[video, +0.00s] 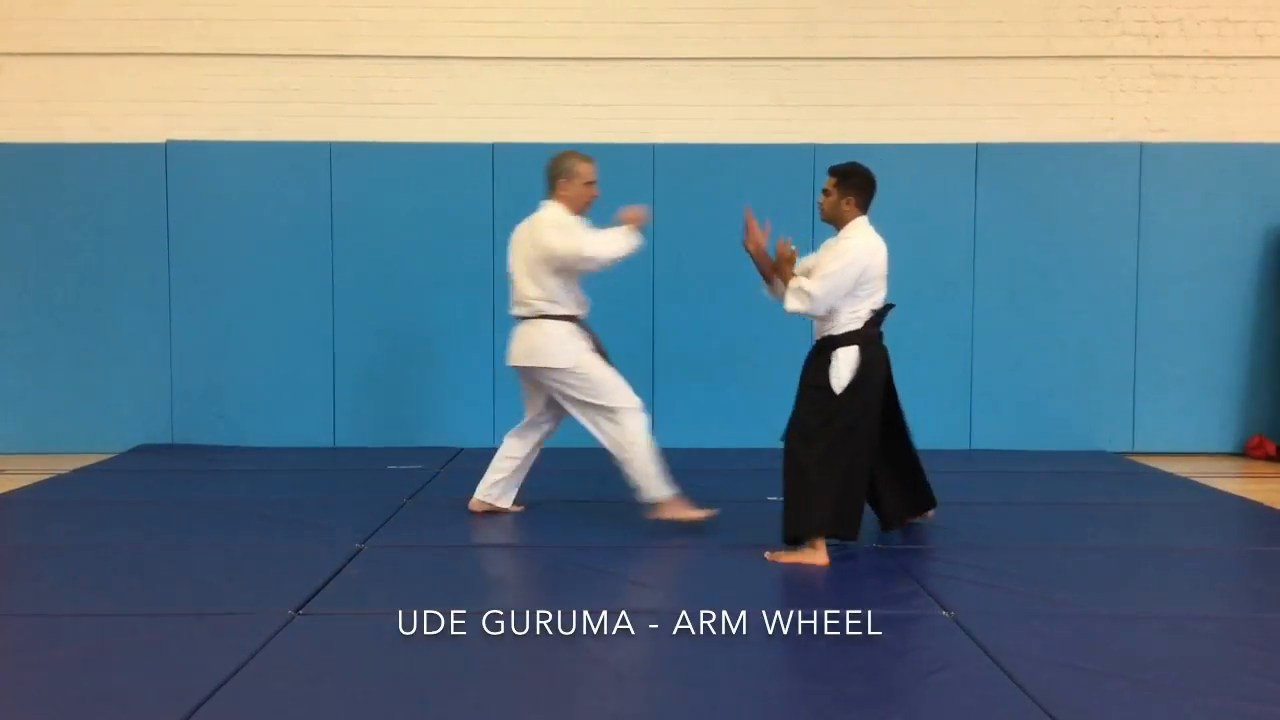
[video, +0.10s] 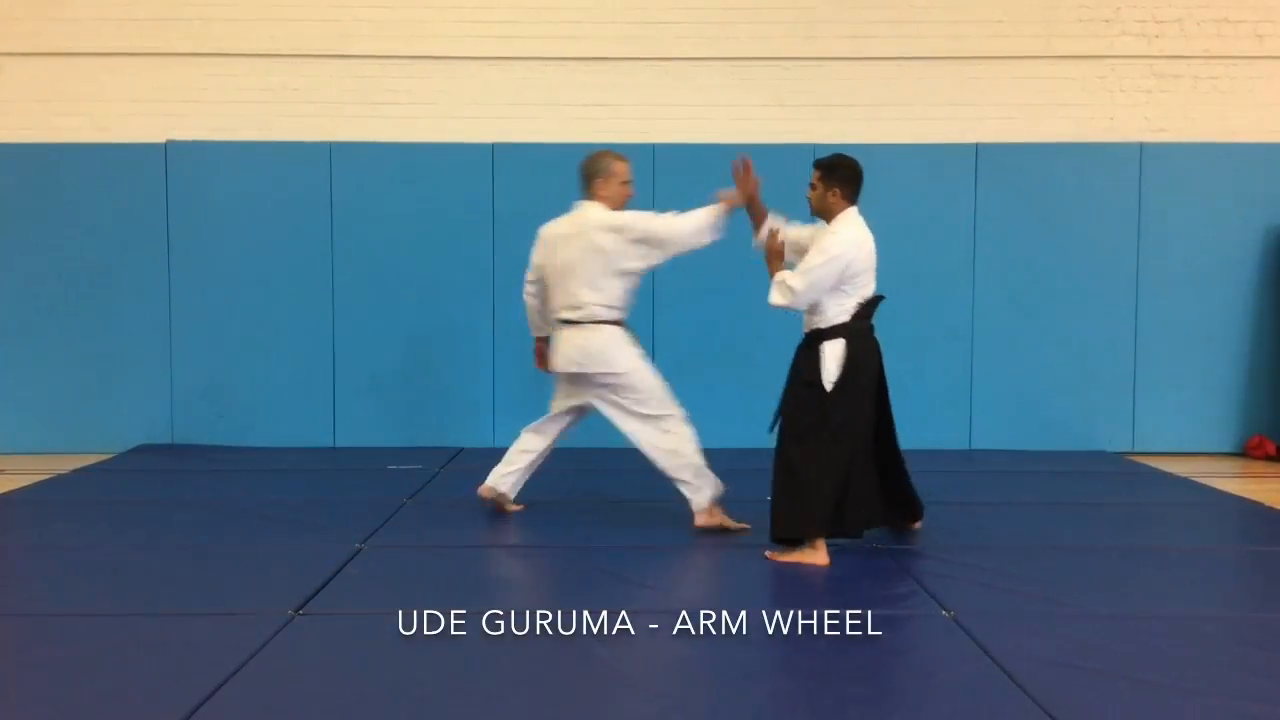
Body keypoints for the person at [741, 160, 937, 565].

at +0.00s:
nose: (820, 198)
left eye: (827, 193)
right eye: (823, 192)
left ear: (848, 200)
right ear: (851, 202)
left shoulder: (856, 245)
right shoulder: (849, 240)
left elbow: (818, 300)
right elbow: (794, 287)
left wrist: (787, 270)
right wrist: (761, 259)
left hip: (842, 355)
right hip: (858, 351)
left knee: (806, 443)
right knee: (872, 433)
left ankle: (813, 545)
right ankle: (911, 503)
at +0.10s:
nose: (808, 192)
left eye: (815, 186)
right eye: (811, 185)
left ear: (834, 192)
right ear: (841, 193)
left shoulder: (843, 239)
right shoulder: (842, 229)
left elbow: (794, 294)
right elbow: (782, 240)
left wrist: (776, 265)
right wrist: (753, 204)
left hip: (831, 350)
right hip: (852, 344)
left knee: (804, 443)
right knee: (866, 436)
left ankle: (813, 544)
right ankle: (903, 512)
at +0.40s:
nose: (784, 188)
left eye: (785, 182)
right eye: (788, 181)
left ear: (789, 185)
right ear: (825, 184)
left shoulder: (779, 231)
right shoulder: (852, 218)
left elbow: (755, 285)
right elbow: (873, 210)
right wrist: (847, 189)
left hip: (805, 339)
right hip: (850, 335)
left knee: (796, 436)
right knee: (848, 429)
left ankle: (811, 540)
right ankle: (858, 513)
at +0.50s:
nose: (783, 197)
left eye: (780, 192)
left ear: (781, 193)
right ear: (818, 193)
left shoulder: (768, 233)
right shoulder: (846, 221)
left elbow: (759, 291)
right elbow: (881, 222)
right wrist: (848, 212)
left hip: (799, 340)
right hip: (844, 337)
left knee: (789, 433)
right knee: (842, 427)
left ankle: (809, 538)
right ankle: (847, 515)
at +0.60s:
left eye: (780, 204)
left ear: (779, 205)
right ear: (815, 201)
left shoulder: (763, 244)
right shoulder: (843, 228)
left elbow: (763, 300)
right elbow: (884, 245)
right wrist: (858, 263)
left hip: (793, 344)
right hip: (839, 341)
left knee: (784, 434)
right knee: (833, 427)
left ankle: (809, 536)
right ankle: (830, 509)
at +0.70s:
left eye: (785, 213)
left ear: (783, 213)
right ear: (818, 211)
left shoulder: (765, 251)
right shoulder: (844, 238)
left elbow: (765, 311)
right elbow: (881, 264)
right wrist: (848, 276)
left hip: (788, 344)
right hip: (834, 340)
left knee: (779, 431)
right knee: (826, 426)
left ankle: (798, 517)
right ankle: (828, 510)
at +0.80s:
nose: (816, 215)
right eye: (821, 210)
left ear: (787, 212)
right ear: (821, 210)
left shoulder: (767, 251)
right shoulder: (840, 237)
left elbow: (767, 308)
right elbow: (878, 257)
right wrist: (843, 243)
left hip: (780, 337)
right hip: (825, 335)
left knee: (777, 416)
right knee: (824, 422)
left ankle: (778, 479)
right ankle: (827, 508)